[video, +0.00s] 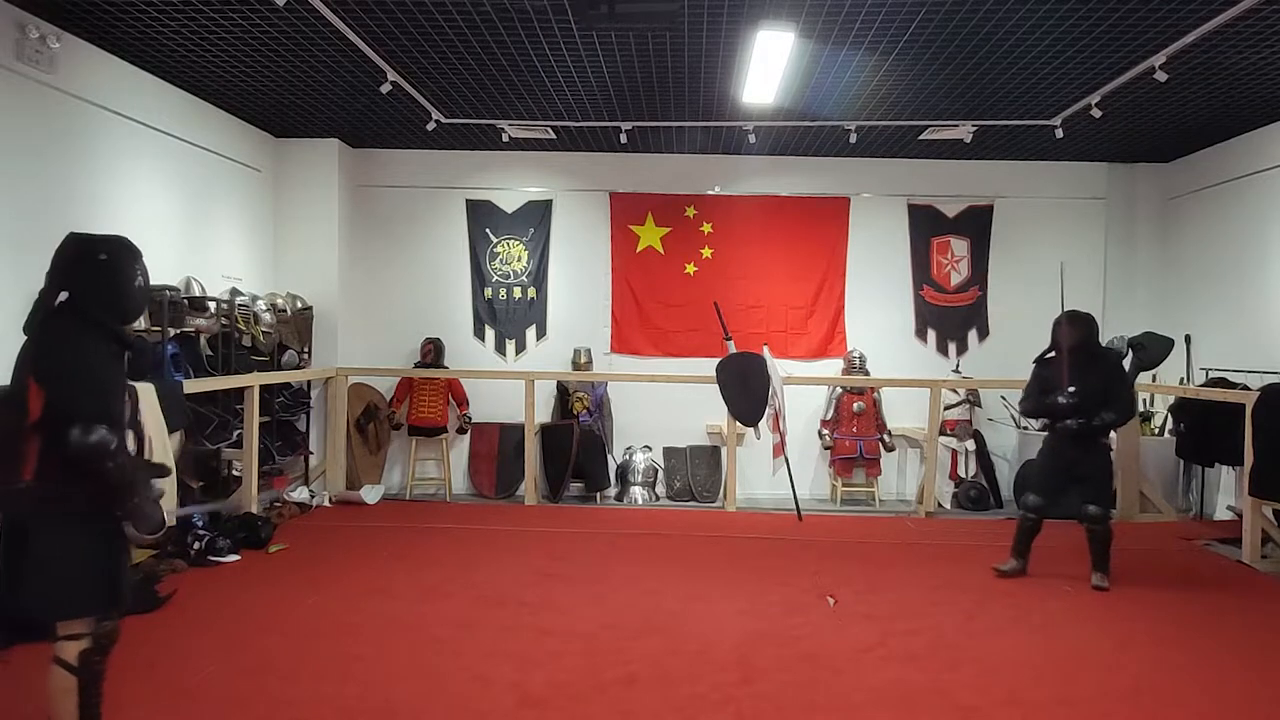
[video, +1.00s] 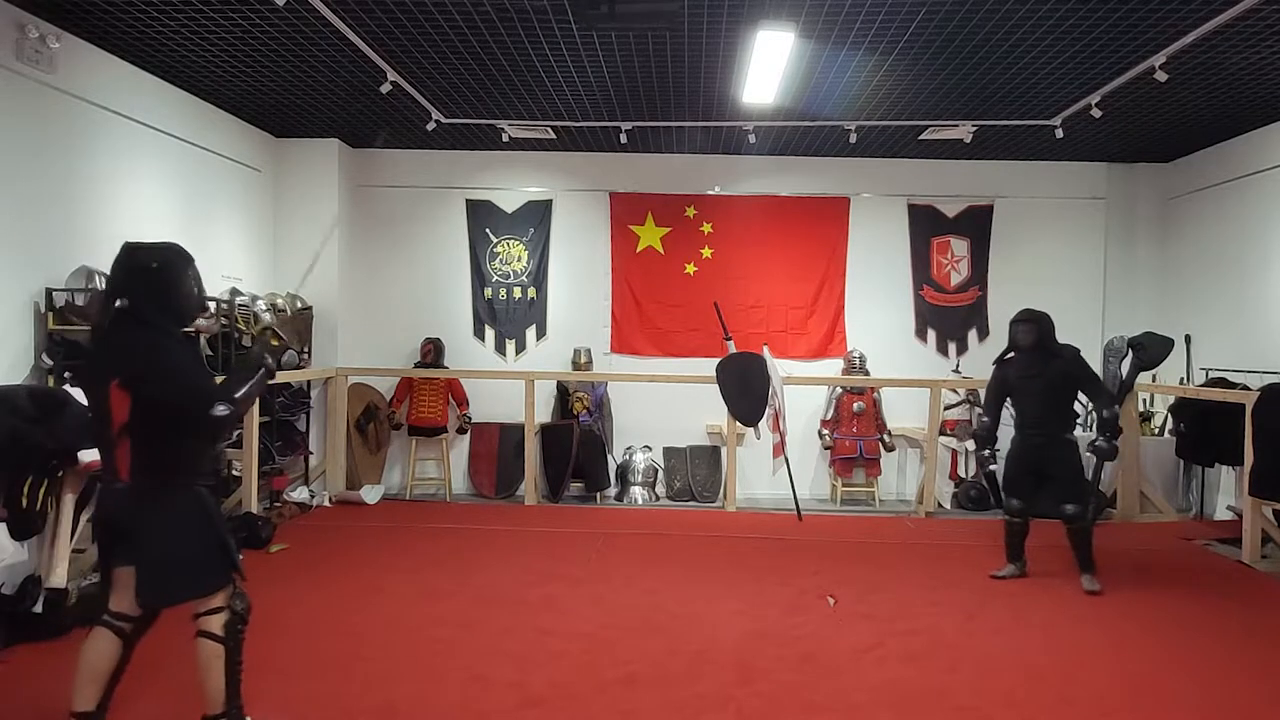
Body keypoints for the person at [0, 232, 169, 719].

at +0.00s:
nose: (140, 291)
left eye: (138, 280)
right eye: (132, 280)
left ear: (84, 283)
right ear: (105, 285)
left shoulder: (84, 334)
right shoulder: (80, 342)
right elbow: (91, 439)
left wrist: (133, 474)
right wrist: (136, 495)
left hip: (87, 505)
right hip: (65, 509)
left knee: (101, 628)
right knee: (76, 636)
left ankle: (87, 713)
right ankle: (69, 717)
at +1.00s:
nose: (198, 291)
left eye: (196, 280)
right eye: (191, 281)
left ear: (131, 287)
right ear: (166, 288)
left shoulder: (109, 339)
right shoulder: (167, 346)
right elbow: (210, 418)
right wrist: (255, 373)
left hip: (121, 497)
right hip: (174, 499)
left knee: (125, 610)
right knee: (222, 599)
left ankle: (84, 712)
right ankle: (223, 713)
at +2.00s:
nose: (240, 292)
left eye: (234, 282)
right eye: (233, 283)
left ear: (167, 295)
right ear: (220, 294)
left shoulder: (147, 350)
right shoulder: (224, 352)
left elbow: (144, 426)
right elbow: (223, 438)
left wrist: (183, 464)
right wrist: (236, 507)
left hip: (170, 495)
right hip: (222, 497)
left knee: (144, 606)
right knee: (263, 601)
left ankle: (86, 711)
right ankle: (224, 712)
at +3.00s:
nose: (466, 339)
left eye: (465, 331)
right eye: (463, 331)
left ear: (410, 330)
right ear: (453, 334)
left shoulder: (385, 376)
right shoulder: (456, 384)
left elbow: (343, 410)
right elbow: (490, 450)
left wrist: (376, 450)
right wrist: (558, 452)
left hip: (393, 506)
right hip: (446, 507)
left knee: (394, 580)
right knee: (516, 564)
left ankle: (374, 671)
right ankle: (516, 662)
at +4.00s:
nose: (588, 350)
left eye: (585, 342)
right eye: (584, 343)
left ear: (538, 346)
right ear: (574, 347)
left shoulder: (516, 387)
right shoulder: (582, 392)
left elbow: (470, 421)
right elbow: (618, 442)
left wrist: (502, 454)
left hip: (523, 510)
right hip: (577, 510)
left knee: (500, 590)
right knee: (636, 547)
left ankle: (458, 673)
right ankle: (647, 642)